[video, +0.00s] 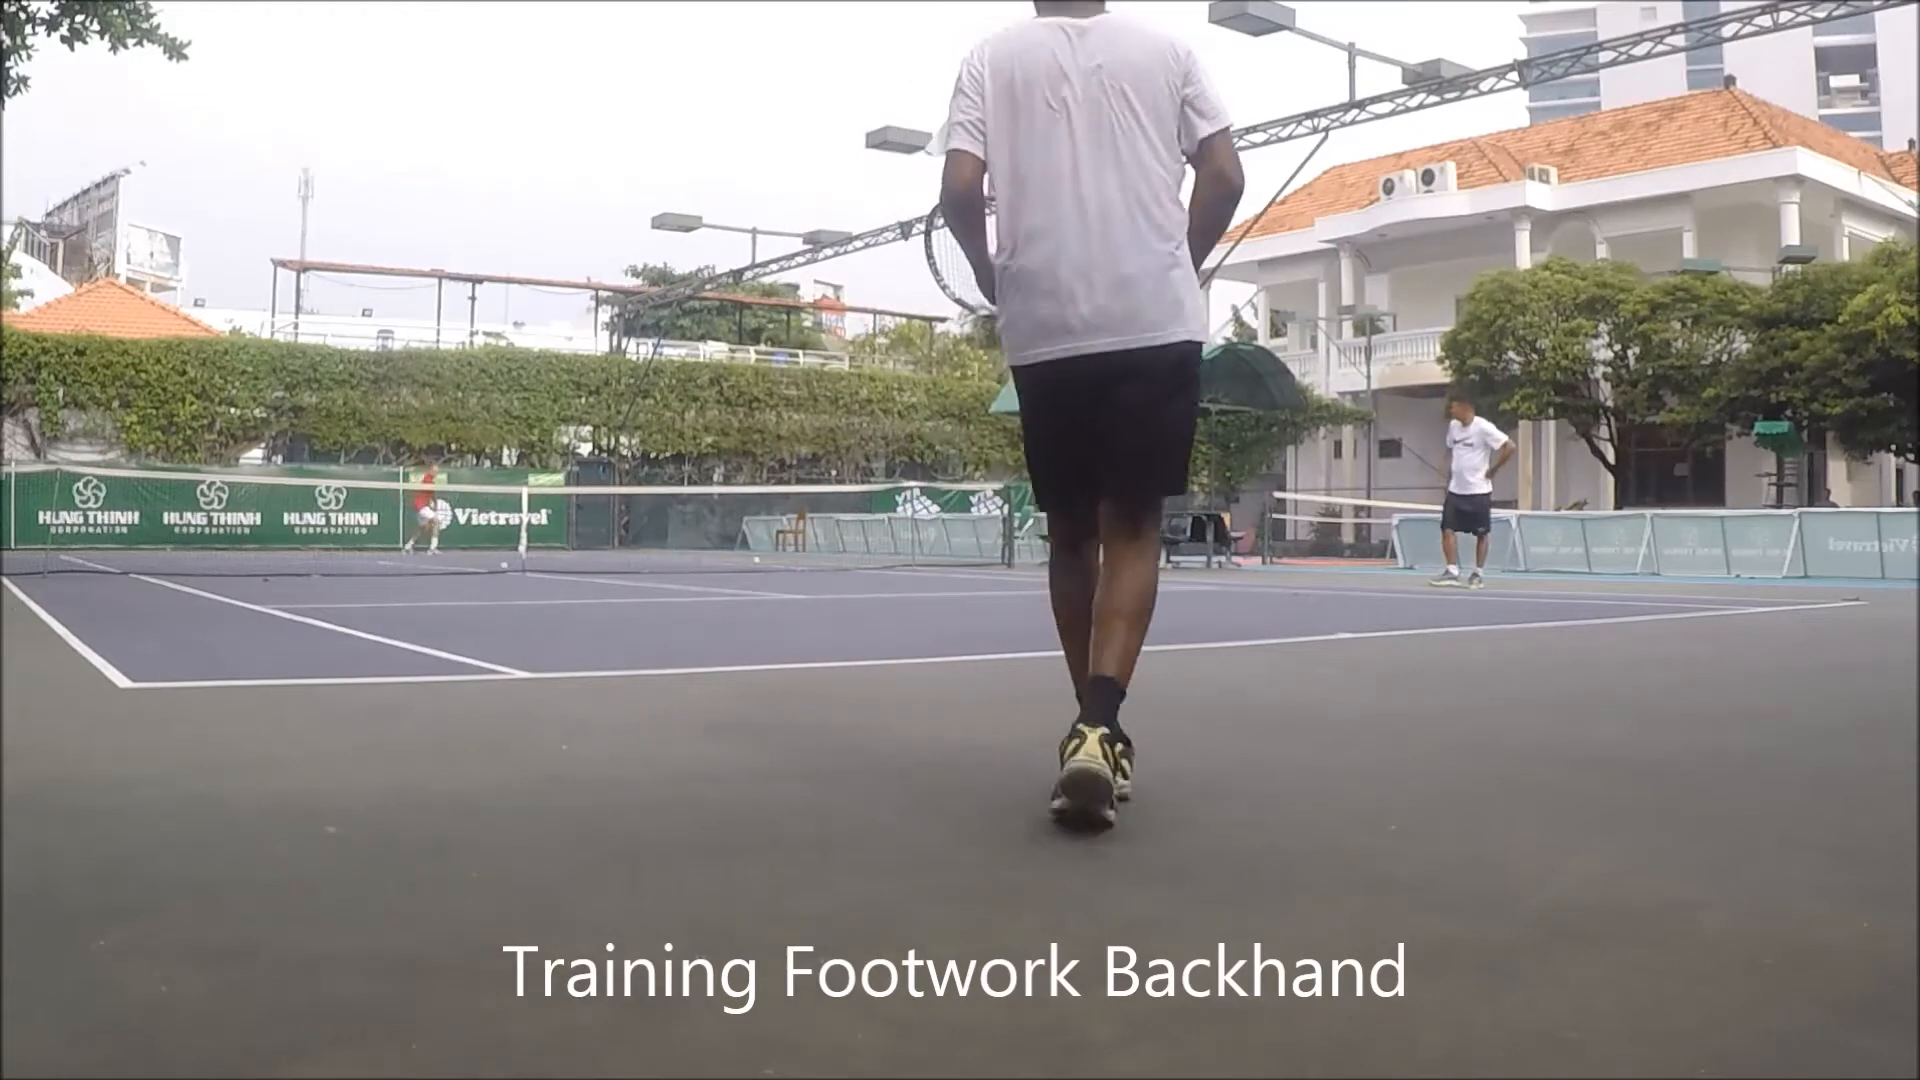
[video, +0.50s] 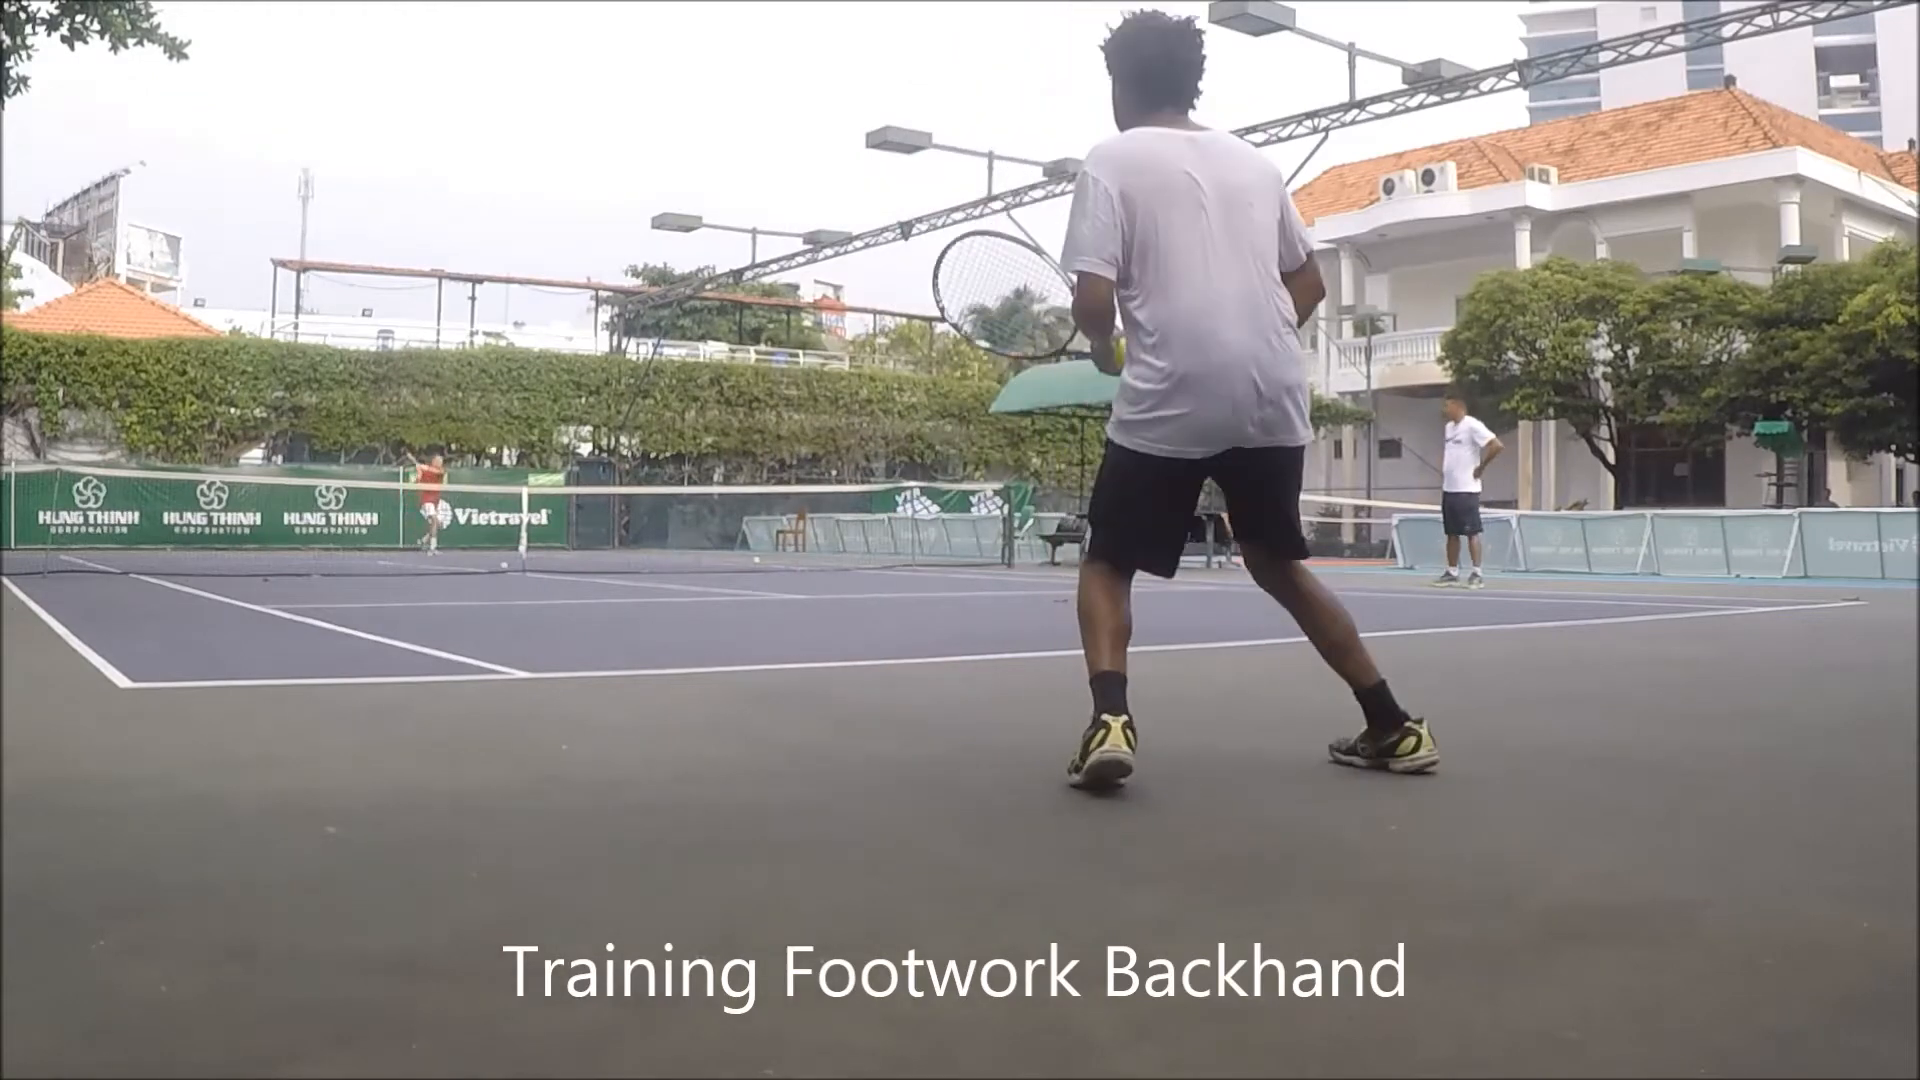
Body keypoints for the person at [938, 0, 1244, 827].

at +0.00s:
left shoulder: (989, 56)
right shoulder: (1168, 47)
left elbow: (959, 190)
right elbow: (1224, 176)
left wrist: (990, 277)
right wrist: (1179, 267)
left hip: (1045, 332)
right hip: (1157, 321)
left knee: (1071, 538)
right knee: (1132, 527)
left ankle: (1101, 730)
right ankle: (1095, 724)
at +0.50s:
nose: (1108, 93)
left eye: (1109, 80)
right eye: (1111, 80)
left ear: (1122, 83)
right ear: (1195, 82)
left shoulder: (1112, 163)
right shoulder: (1254, 164)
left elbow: (1093, 296)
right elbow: (1308, 285)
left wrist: (1103, 345)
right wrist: (1249, 346)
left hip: (1168, 402)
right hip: (1274, 399)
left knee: (1107, 561)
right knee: (1278, 560)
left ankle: (1110, 718)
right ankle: (1390, 723)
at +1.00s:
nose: (1075, 51)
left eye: (1080, 34)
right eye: (1074, 36)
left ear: (1112, 30)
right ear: (1136, 31)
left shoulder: (1178, 84)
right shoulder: (1113, 122)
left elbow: (1133, 182)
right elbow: (1053, 210)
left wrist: (1024, 150)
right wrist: (976, 221)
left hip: (1204, 348)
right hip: (1213, 351)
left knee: (1130, 526)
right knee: (1151, 533)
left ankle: (1194, 739)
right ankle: (1283, 665)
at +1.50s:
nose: (927, 169)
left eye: (927, 154)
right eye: (923, 159)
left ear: (951, 144)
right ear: (978, 143)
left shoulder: (1045, 162)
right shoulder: (964, 221)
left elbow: (1098, 254)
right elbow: (900, 262)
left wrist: (1007, 215)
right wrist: (881, 209)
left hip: (1133, 365)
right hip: (1073, 383)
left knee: (1081, 537)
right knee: (974, 520)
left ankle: (1189, 732)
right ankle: (989, 710)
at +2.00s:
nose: (979, 81)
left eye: (981, 66)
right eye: (979, 66)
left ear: (1001, 68)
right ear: (1053, 63)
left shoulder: (1037, 135)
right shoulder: (1105, 128)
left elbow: (1036, 255)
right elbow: (1172, 187)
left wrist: (951, 322)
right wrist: (1120, 146)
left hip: (1077, 368)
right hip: (1130, 368)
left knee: (1078, 542)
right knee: (1020, 518)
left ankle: (1207, 688)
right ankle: (994, 704)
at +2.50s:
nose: (1135, 47)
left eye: (1137, 32)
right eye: (1141, 32)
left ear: (1149, 37)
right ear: (1212, 42)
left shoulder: (1146, 113)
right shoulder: (1266, 122)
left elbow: (1136, 233)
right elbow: (1312, 228)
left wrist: (1102, 286)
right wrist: (1276, 303)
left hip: (1186, 357)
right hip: (1264, 359)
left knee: (1185, 525)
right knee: (1199, 520)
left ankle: (1243, 717)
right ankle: (1224, 697)